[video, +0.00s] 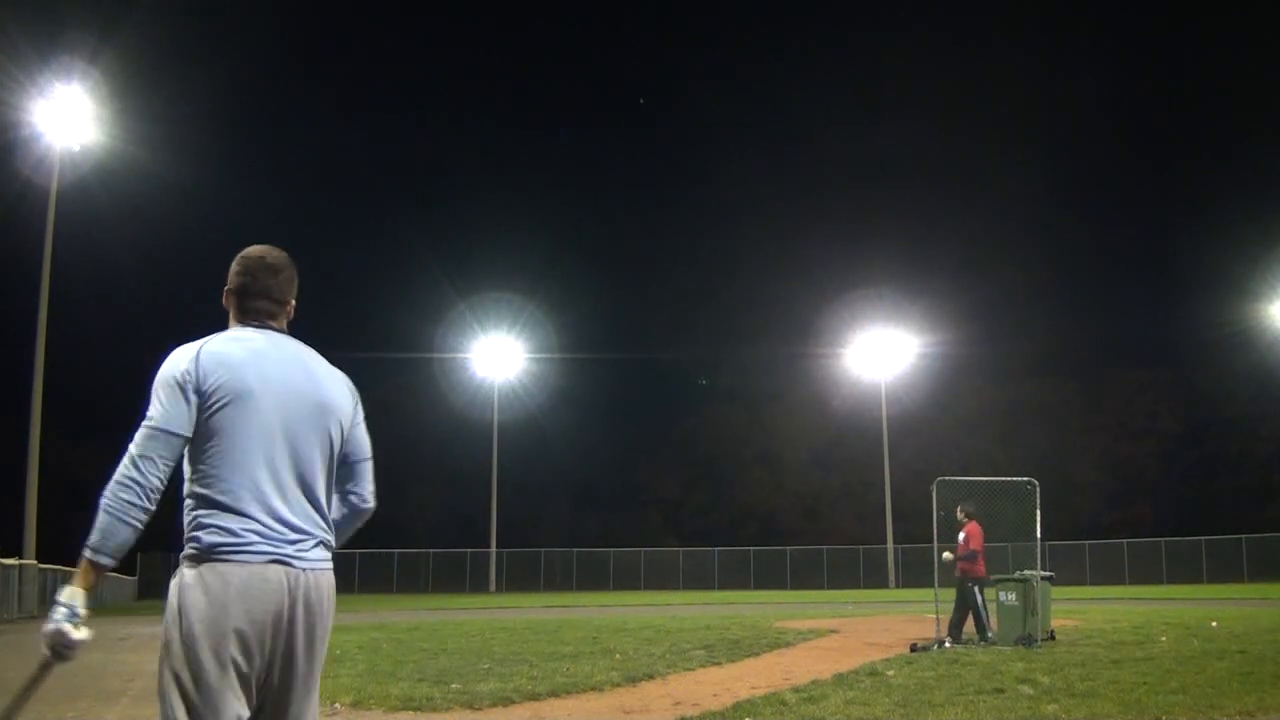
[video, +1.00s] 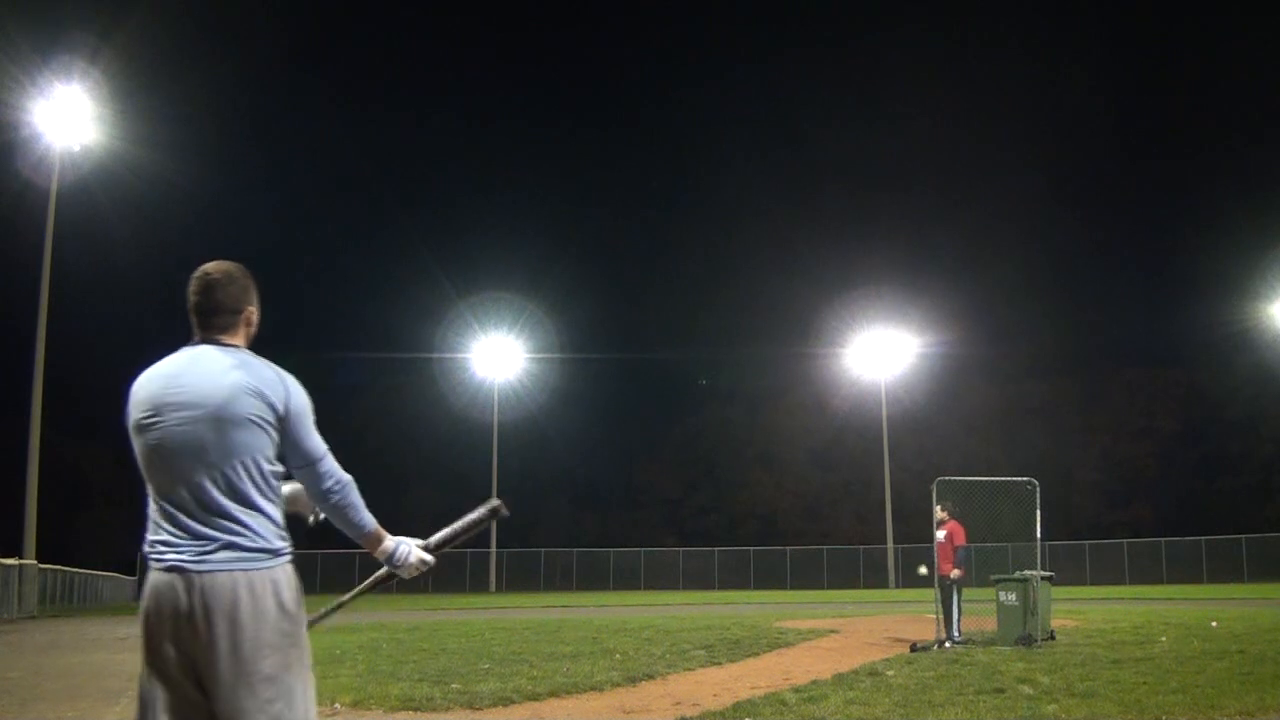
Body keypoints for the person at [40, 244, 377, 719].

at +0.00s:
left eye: (226, 290)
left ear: (226, 298)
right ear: (290, 309)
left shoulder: (194, 362)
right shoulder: (337, 383)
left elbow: (141, 477)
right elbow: (359, 497)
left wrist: (79, 588)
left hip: (221, 585)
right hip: (312, 589)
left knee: (205, 711)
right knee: (293, 714)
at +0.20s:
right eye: (308, 308)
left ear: (243, 304)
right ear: (305, 315)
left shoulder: (196, 371)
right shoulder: (349, 389)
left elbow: (162, 499)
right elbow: (377, 501)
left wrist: (142, 605)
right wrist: (346, 585)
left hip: (216, 590)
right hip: (309, 596)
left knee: (215, 712)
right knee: (296, 713)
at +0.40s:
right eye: (322, 312)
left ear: (259, 311)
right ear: (319, 319)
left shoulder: (204, 371)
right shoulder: (355, 389)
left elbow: (175, 502)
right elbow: (375, 509)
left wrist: (192, 574)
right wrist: (362, 586)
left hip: (226, 591)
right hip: (325, 593)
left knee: (202, 712)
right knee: (316, 713)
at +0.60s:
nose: (315, 319)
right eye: (316, 313)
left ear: (257, 314)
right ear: (315, 318)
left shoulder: (201, 376)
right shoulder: (346, 388)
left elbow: (167, 498)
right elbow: (371, 501)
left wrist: (207, 559)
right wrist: (391, 567)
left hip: (220, 591)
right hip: (316, 589)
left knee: (209, 713)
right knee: (318, 713)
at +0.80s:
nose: (294, 320)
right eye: (294, 313)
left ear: (233, 317)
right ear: (290, 319)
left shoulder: (177, 385)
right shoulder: (319, 387)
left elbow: (159, 503)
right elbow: (359, 494)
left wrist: (201, 548)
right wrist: (404, 552)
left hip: (198, 589)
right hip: (289, 588)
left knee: (198, 711)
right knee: (305, 712)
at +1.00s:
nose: (257, 318)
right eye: (256, 310)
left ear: (193, 316)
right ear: (250, 315)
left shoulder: (144, 387)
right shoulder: (275, 383)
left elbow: (189, 480)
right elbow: (329, 483)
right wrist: (386, 546)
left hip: (166, 587)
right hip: (254, 589)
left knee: (169, 713)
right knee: (271, 711)